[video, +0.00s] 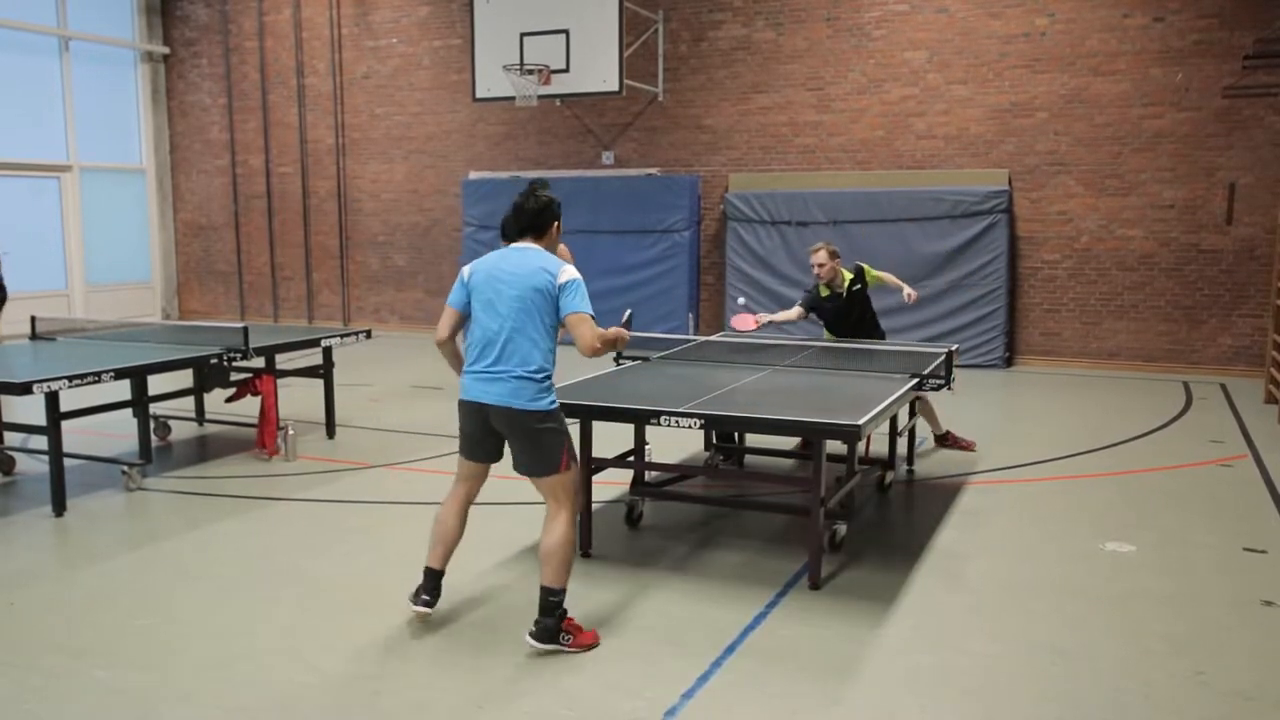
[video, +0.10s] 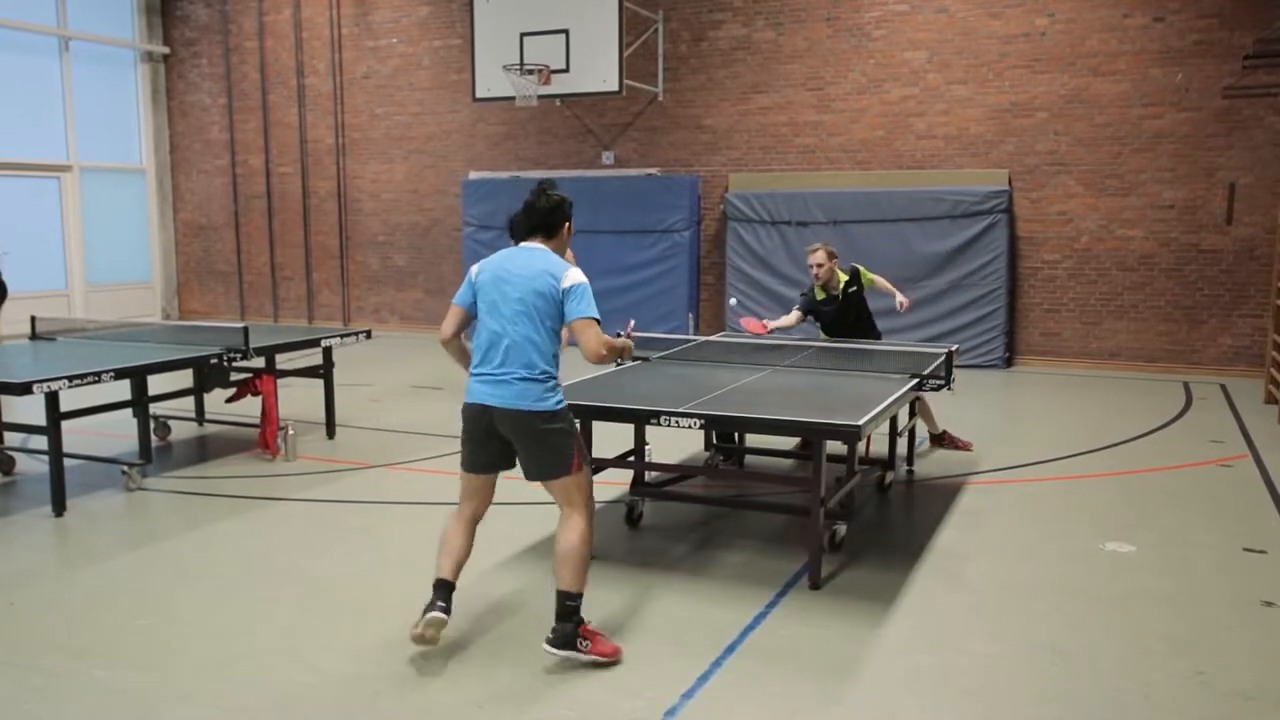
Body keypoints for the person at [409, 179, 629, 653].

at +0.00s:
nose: (562, 233)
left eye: (560, 228)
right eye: (560, 227)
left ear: (512, 227)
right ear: (552, 228)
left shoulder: (477, 267)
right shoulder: (559, 270)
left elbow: (444, 337)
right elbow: (588, 344)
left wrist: (467, 375)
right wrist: (614, 337)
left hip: (474, 399)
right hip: (529, 405)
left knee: (462, 489)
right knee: (561, 502)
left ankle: (428, 586)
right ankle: (550, 620)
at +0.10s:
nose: (573, 234)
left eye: (570, 228)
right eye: (572, 228)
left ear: (525, 227)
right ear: (563, 228)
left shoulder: (485, 266)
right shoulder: (565, 272)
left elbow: (448, 334)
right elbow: (594, 350)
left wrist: (479, 369)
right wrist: (618, 346)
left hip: (479, 406)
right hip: (536, 410)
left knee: (467, 508)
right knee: (576, 508)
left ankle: (439, 602)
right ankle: (567, 628)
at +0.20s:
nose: (579, 255)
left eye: (577, 247)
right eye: (578, 248)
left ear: (526, 247)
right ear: (569, 250)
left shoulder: (488, 290)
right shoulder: (570, 298)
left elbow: (453, 359)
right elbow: (606, 381)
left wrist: (488, 389)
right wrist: (626, 370)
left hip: (489, 437)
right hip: (548, 439)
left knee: (477, 546)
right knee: (587, 532)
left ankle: (460, 656)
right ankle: (574, 652)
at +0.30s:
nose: (586, 279)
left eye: (583, 271)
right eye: (586, 272)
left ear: (535, 268)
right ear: (577, 273)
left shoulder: (496, 310)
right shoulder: (582, 321)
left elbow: (455, 378)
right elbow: (633, 392)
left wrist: (491, 414)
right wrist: (640, 380)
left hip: (500, 459)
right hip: (562, 457)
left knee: (477, 558)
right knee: (624, 504)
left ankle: (459, 667)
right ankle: (599, 608)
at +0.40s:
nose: (611, 285)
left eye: (610, 279)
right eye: (611, 280)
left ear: (562, 275)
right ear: (602, 279)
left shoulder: (521, 311)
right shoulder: (610, 323)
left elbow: (468, 369)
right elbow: (674, 378)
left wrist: (489, 408)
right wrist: (644, 359)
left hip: (521, 459)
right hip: (586, 455)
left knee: (489, 556)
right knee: (649, 495)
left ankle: (461, 665)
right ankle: (669, 605)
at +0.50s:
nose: (652, 284)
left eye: (651, 279)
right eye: (651, 279)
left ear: (602, 275)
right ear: (644, 280)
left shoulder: (561, 304)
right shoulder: (652, 319)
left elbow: (498, 345)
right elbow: (722, 363)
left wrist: (497, 396)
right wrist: (699, 342)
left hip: (558, 448)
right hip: (621, 449)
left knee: (513, 545)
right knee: (678, 507)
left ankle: (465, 652)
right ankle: (721, 589)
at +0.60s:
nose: (690, 294)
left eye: (683, 287)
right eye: (688, 288)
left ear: (645, 286)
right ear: (683, 290)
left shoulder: (611, 311)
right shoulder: (696, 328)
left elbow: (544, 342)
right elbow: (763, 360)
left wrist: (514, 395)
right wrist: (719, 343)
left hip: (599, 449)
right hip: (662, 452)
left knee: (542, 542)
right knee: (711, 495)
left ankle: (485, 633)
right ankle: (734, 587)